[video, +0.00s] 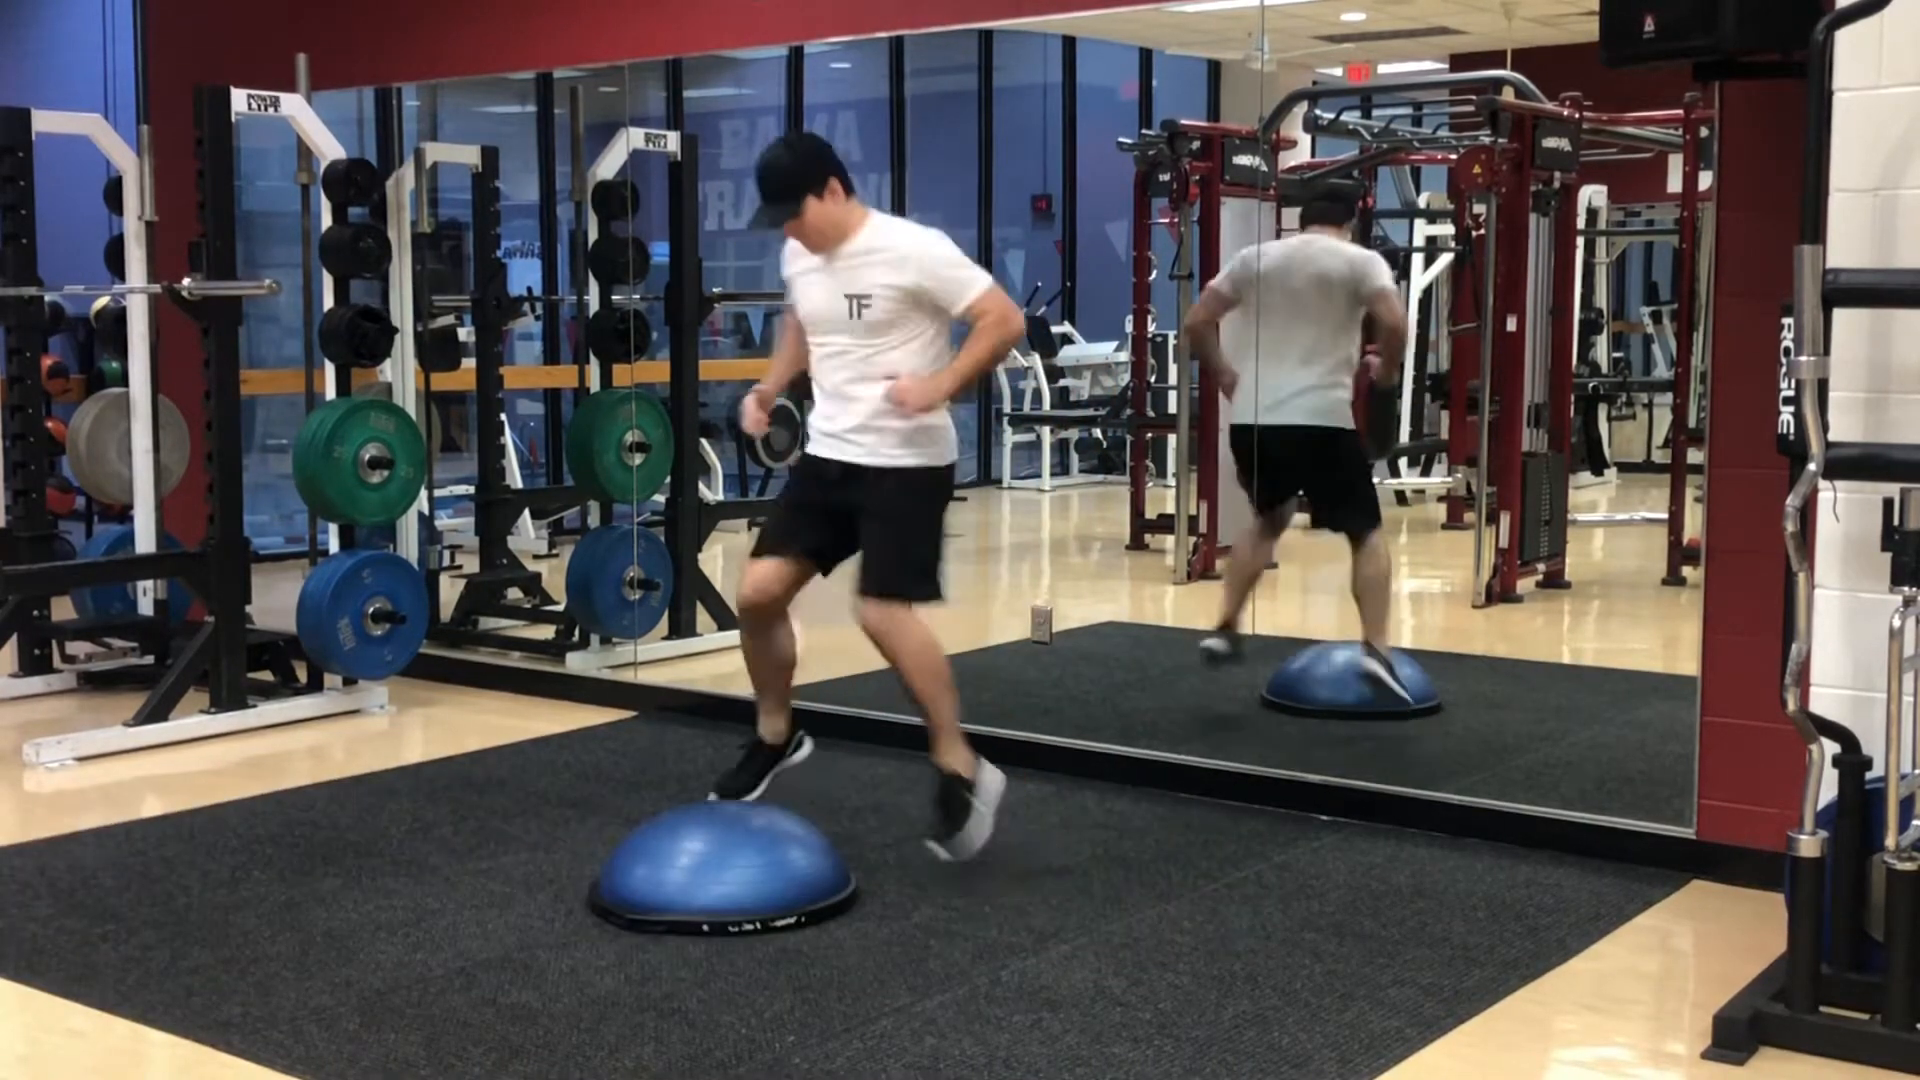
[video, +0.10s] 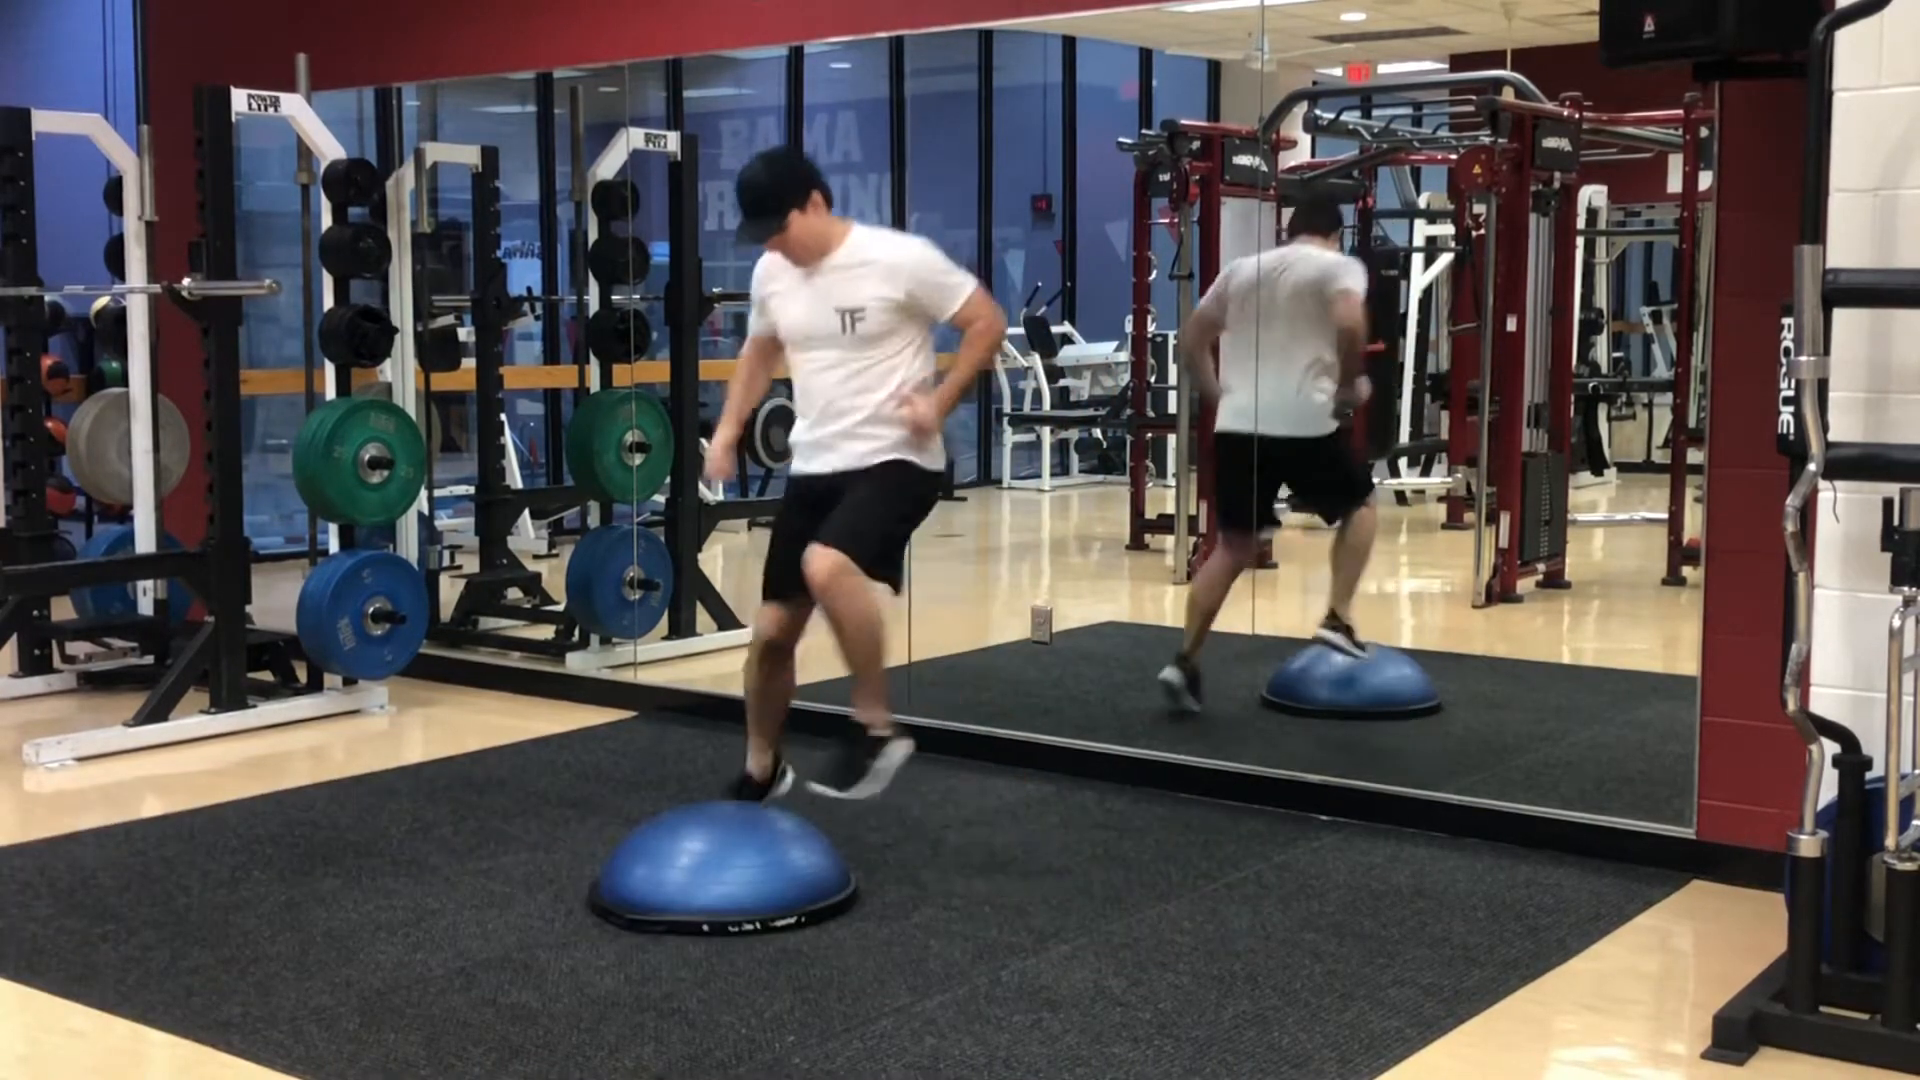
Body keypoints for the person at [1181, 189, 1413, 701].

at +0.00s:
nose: (1354, 230)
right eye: (1355, 222)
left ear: (1303, 218)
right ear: (1350, 221)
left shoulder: (1255, 257)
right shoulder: (1363, 262)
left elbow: (1196, 322)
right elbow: (1396, 323)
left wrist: (1222, 372)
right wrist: (1388, 367)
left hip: (1254, 422)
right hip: (1324, 425)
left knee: (1266, 523)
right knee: (1368, 538)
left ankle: (1224, 628)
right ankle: (1375, 650)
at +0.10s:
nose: (1338, 244)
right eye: (1339, 237)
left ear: (1289, 231)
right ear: (1335, 235)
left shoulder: (1240, 270)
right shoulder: (1341, 266)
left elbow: (1193, 338)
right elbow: (1348, 319)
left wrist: (1217, 395)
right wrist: (1350, 381)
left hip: (1238, 426)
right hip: (1305, 427)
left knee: (1233, 546)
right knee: (1359, 508)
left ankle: (1184, 662)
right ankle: (1337, 618)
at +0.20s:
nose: (1323, 274)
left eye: (1321, 268)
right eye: (1323, 267)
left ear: (1273, 261)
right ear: (1315, 263)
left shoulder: (1226, 305)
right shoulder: (1317, 299)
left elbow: (1192, 379)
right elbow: (1306, 368)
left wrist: (1224, 423)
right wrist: (1327, 428)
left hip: (1223, 457)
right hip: (1284, 457)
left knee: (1216, 574)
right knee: (1342, 518)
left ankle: (1170, 687)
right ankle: (1313, 627)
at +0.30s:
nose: (1318, 278)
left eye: (1317, 272)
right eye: (1318, 271)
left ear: (1266, 266)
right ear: (1309, 268)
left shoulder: (1224, 311)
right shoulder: (1313, 305)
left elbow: (1196, 389)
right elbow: (1306, 368)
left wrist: (1237, 419)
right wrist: (1336, 405)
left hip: (1221, 464)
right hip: (1282, 462)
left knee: (1216, 580)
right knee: (1351, 521)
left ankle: (1168, 690)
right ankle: (1318, 631)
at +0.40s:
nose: (1333, 251)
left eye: (1329, 245)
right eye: (1333, 244)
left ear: (1282, 237)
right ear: (1325, 240)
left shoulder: (1235, 280)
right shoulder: (1332, 272)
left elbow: (1195, 354)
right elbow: (1329, 325)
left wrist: (1238, 377)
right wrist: (1361, 364)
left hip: (1242, 444)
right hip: (1307, 443)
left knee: (1223, 556)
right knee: (1368, 521)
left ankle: (1179, 674)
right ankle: (1354, 638)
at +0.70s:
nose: (1379, 279)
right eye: (1381, 272)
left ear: (1329, 267)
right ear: (1375, 270)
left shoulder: (1283, 310)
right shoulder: (1394, 315)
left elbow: (1229, 373)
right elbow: (1428, 402)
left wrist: (1241, 437)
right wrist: (1395, 393)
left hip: (1279, 469)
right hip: (1353, 472)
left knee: (1313, 533)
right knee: (1391, 592)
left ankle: (1333, 621)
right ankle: (1399, 716)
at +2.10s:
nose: (1328, 241)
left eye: (1322, 235)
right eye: (1327, 235)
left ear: (1279, 230)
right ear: (1322, 231)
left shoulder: (1234, 273)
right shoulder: (1329, 259)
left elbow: (1189, 347)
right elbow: (1346, 314)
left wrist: (1236, 384)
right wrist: (1357, 368)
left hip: (1246, 433)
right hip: (1315, 429)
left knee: (1244, 550)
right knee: (1362, 522)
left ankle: (1202, 664)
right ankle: (1359, 639)